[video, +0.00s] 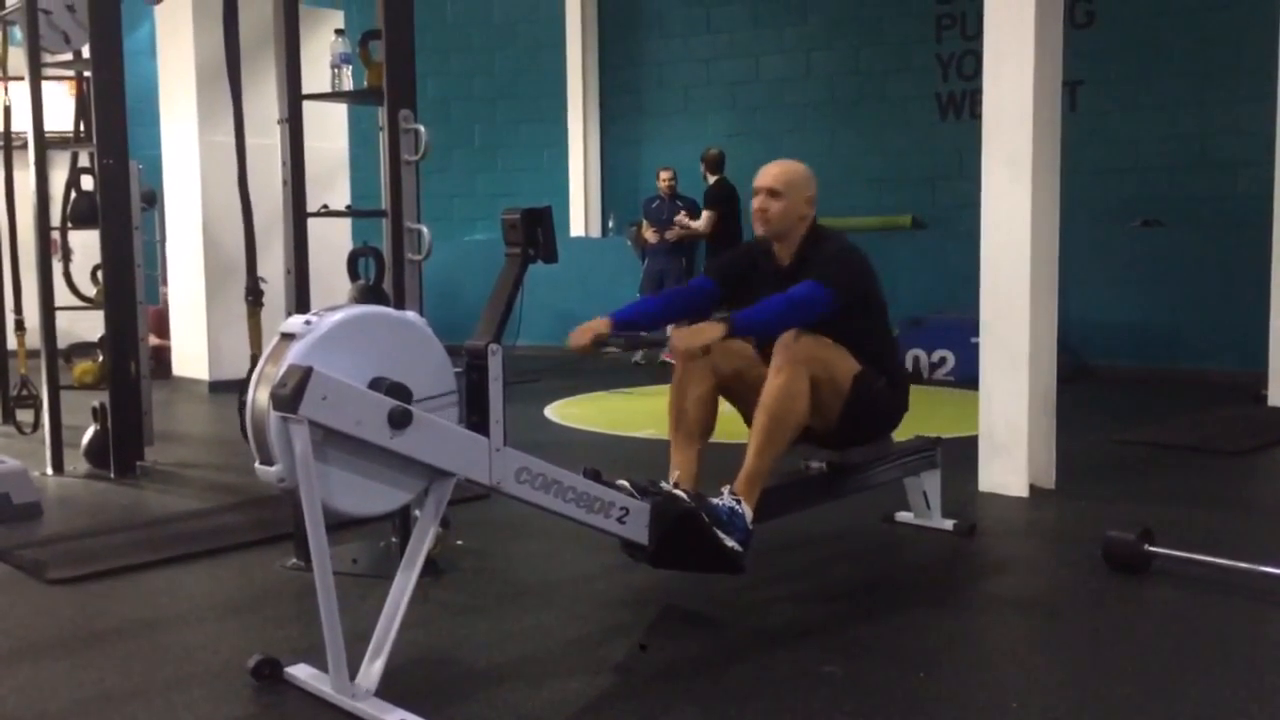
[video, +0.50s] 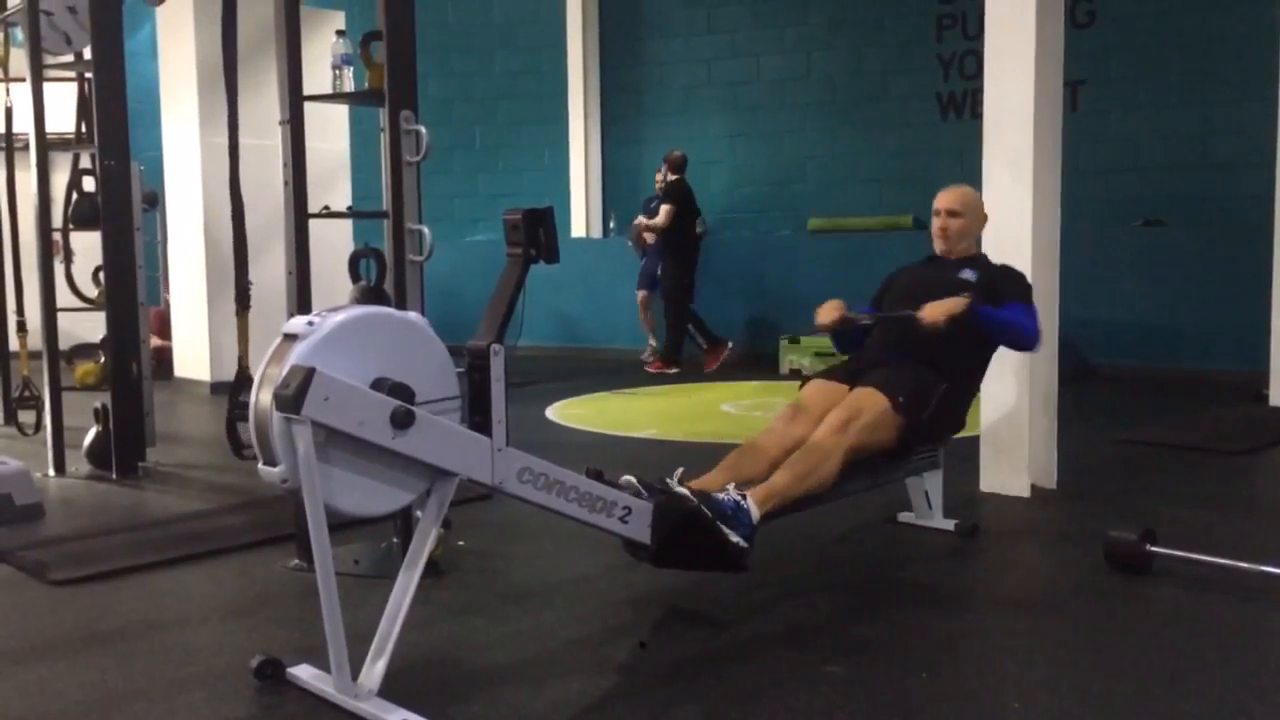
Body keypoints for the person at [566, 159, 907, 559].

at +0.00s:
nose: (759, 205)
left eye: (773, 196)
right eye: (756, 195)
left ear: (807, 206)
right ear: (751, 200)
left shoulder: (840, 258)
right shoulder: (751, 258)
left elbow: (800, 306)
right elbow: (693, 298)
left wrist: (723, 326)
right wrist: (610, 323)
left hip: (865, 410)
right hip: (793, 412)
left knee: (795, 345)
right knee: (698, 349)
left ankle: (740, 507)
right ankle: (680, 490)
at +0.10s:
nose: (803, 189)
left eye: (818, 180)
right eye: (800, 179)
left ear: (849, 190)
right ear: (795, 185)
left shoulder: (882, 249)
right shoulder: (789, 248)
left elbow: (839, 292)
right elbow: (729, 292)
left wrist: (775, 316)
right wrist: (663, 313)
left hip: (884, 396)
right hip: (810, 393)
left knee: (809, 356)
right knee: (718, 356)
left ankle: (742, 508)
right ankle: (681, 491)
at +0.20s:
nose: (852, 181)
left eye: (864, 172)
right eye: (847, 172)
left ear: (894, 181)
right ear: (842, 179)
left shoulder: (920, 242)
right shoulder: (825, 243)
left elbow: (882, 283)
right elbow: (772, 286)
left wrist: (821, 305)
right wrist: (710, 309)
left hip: (902, 384)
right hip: (827, 376)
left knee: (819, 376)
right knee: (737, 373)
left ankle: (742, 511)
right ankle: (681, 491)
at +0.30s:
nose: (893, 184)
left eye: (906, 175)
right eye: (888, 175)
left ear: (934, 183)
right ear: (882, 181)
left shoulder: (955, 243)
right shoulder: (858, 248)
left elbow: (934, 290)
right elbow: (812, 294)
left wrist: (871, 304)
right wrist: (758, 309)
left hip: (918, 374)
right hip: (852, 366)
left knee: (829, 398)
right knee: (763, 390)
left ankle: (744, 510)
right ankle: (680, 493)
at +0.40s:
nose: (926, 202)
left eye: (939, 194)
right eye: (921, 193)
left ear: (965, 204)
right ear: (914, 200)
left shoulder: (987, 260)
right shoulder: (889, 260)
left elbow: (977, 311)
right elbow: (849, 308)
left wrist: (920, 307)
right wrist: (809, 314)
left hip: (927, 371)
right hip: (866, 360)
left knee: (838, 415)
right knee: (792, 402)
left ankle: (747, 506)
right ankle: (686, 489)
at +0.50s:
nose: (941, 223)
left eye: (954, 216)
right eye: (937, 215)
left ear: (981, 223)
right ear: (930, 220)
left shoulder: (1000, 279)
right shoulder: (908, 274)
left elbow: (1028, 335)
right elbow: (866, 340)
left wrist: (966, 308)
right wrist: (841, 323)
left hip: (928, 377)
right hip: (869, 366)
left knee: (841, 426)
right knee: (801, 410)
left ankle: (749, 508)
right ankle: (688, 494)